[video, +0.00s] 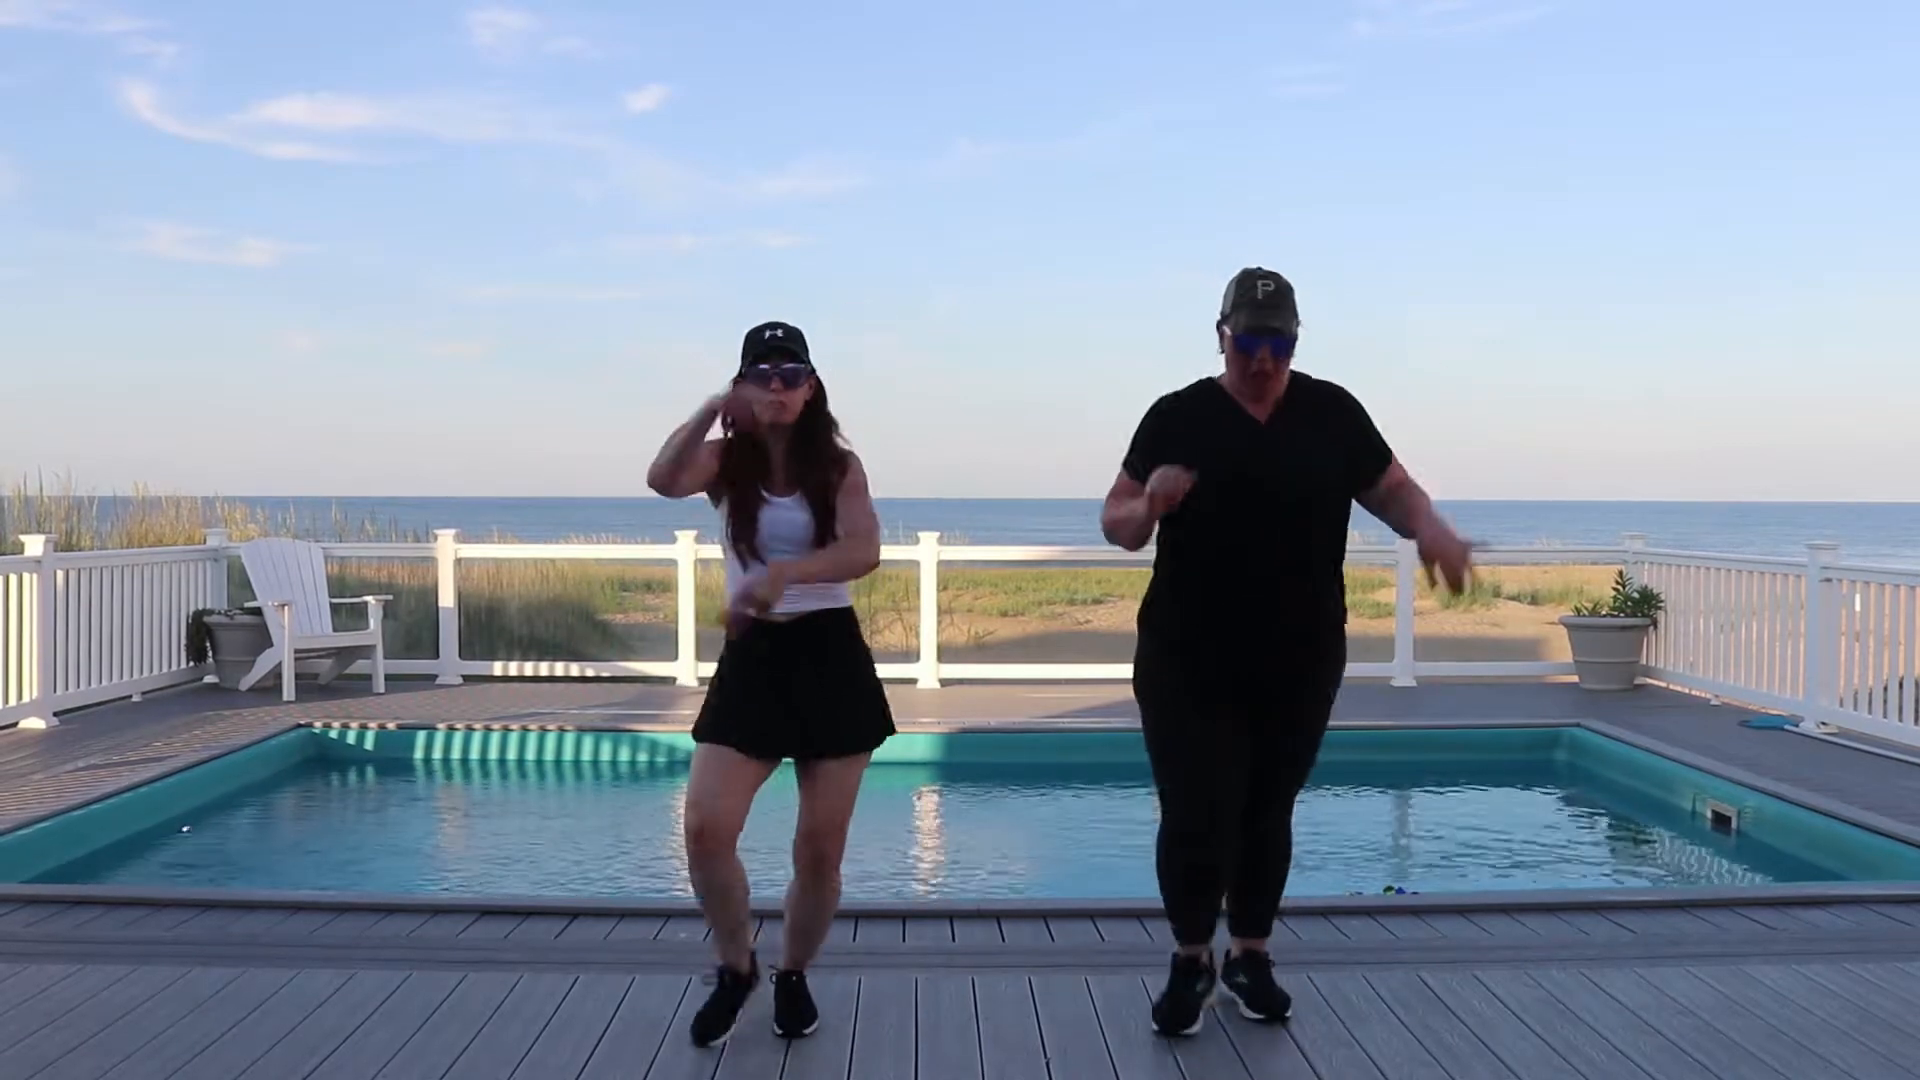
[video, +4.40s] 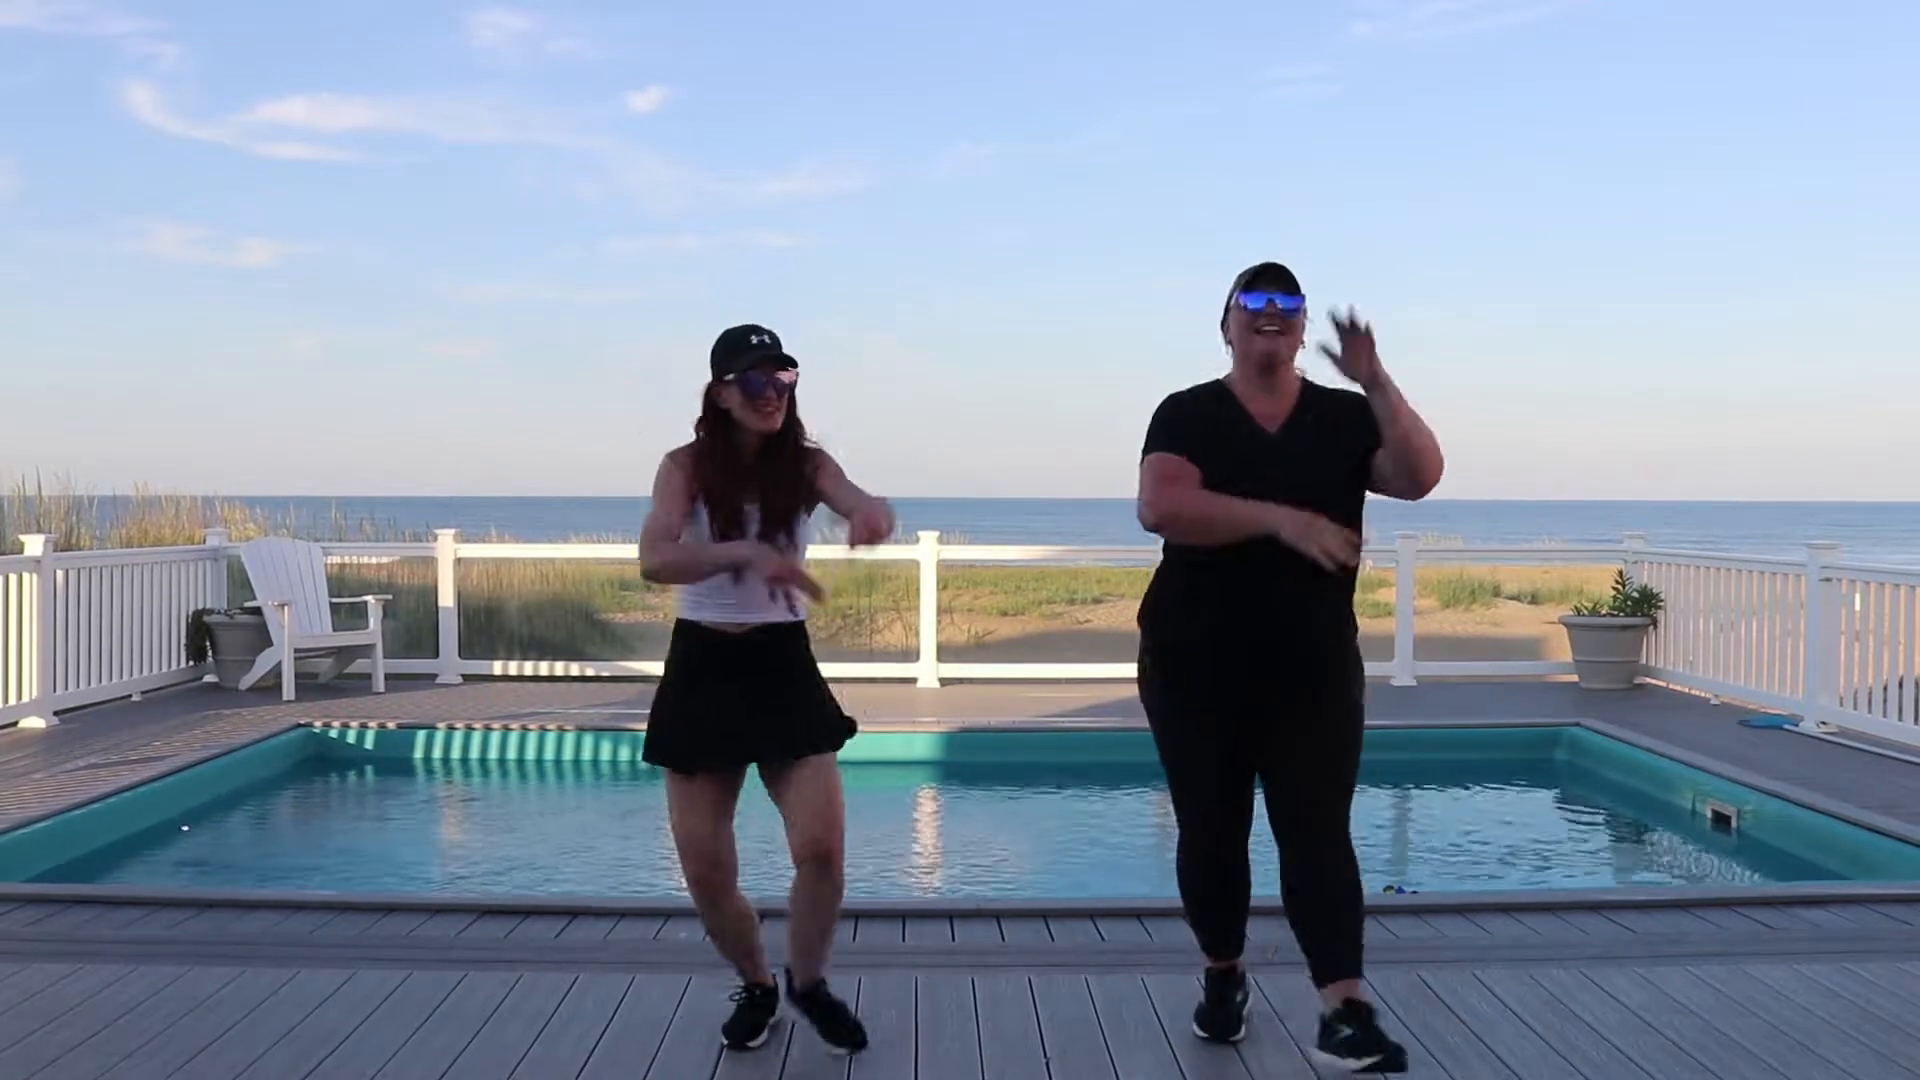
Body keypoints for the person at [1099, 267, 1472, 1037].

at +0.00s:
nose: (1264, 359)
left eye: (1278, 344)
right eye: (1249, 343)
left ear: (1296, 338)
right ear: (1223, 335)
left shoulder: (1333, 413)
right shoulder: (1176, 417)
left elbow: (1392, 490)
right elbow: (1120, 528)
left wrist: (1431, 527)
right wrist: (1148, 505)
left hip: (1298, 656)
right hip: (1189, 654)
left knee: (1268, 808)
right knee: (1194, 808)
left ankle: (1250, 956)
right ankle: (1192, 958)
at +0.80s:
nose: (1249, 323)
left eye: (1263, 312)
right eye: (1233, 311)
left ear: (1281, 325)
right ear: (1207, 323)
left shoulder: (1326, 407)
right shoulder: (1169, 401)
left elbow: (1409, 464)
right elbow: (1164, 488)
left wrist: (1415, 490)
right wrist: (1251, 516)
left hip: (1295, 651)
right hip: (1184, 651)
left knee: (1302, 808)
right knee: (1198, 813)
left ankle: (1263, 944)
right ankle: (1199, 958)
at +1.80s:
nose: (1286, 329)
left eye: (1299, 319)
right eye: (1270, 318)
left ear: (1315, 332)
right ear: (1239, 330)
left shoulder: (1356, 411)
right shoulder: (1203, 411)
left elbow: (1402, 503)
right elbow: (1193, 493)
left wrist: (1302, 526)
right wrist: (1242, 402)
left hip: (1331, 659)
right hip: (1225, 658)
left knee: (1308, 815)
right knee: (1232, 818)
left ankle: (1284, 959)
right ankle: (1220, 989)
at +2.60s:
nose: (1268, 327)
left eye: (1282, 316)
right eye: (1252, 316)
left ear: (1299, 331)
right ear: (1223, 330)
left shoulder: (1339, 416)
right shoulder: (1185, 418)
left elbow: (1394, 497)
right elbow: (1166, 509)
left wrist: (1329, 406)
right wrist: (1260, 476)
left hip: (1298, 658)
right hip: (1184, 661)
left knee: (1314, 824)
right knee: (1197, 819)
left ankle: (1311, 995)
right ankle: (1203, 976)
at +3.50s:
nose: (1286, 364)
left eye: (1298, 350)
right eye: (1271, 349)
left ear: (1313, 340)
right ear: (1238, 339)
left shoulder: (1353, 409)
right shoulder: (1195, 408)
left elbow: (1409, 489)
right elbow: (1179, 470)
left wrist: (1307, 498)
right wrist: (1230, 384)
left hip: (1327, 667)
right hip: (1216, 665)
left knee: (1301, 823)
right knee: (1222, 825)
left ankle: (1278, 974)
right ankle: (1214, 1000)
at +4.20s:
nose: (1269, 318)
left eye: (1284, 306)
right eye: (1254, 305)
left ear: (1304, 316)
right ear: (1229, 314)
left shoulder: (1346, 399)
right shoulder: (1186, 396)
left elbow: (1421, 475)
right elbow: (1165, 460)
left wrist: (1329, 488)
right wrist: (1264, 451)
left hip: (1321, 652)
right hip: (1206, 650)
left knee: (1306, 818)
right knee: (1211, 817)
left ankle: (1285, 966)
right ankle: (1220, 968)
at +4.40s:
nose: (1273, 321)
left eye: (1287, 312)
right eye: (1259, 309)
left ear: (1303, 331)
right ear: (1228, 324)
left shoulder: (1342, 418)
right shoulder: (1186, 414)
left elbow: (1420, 475)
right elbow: (1163, 505)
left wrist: (1377, 379)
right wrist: (1287, 520)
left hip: (1313, 664)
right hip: (1199, 664)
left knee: (1318, 828)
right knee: (1210, 830)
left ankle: (1344, 1003)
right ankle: (1222, 974)